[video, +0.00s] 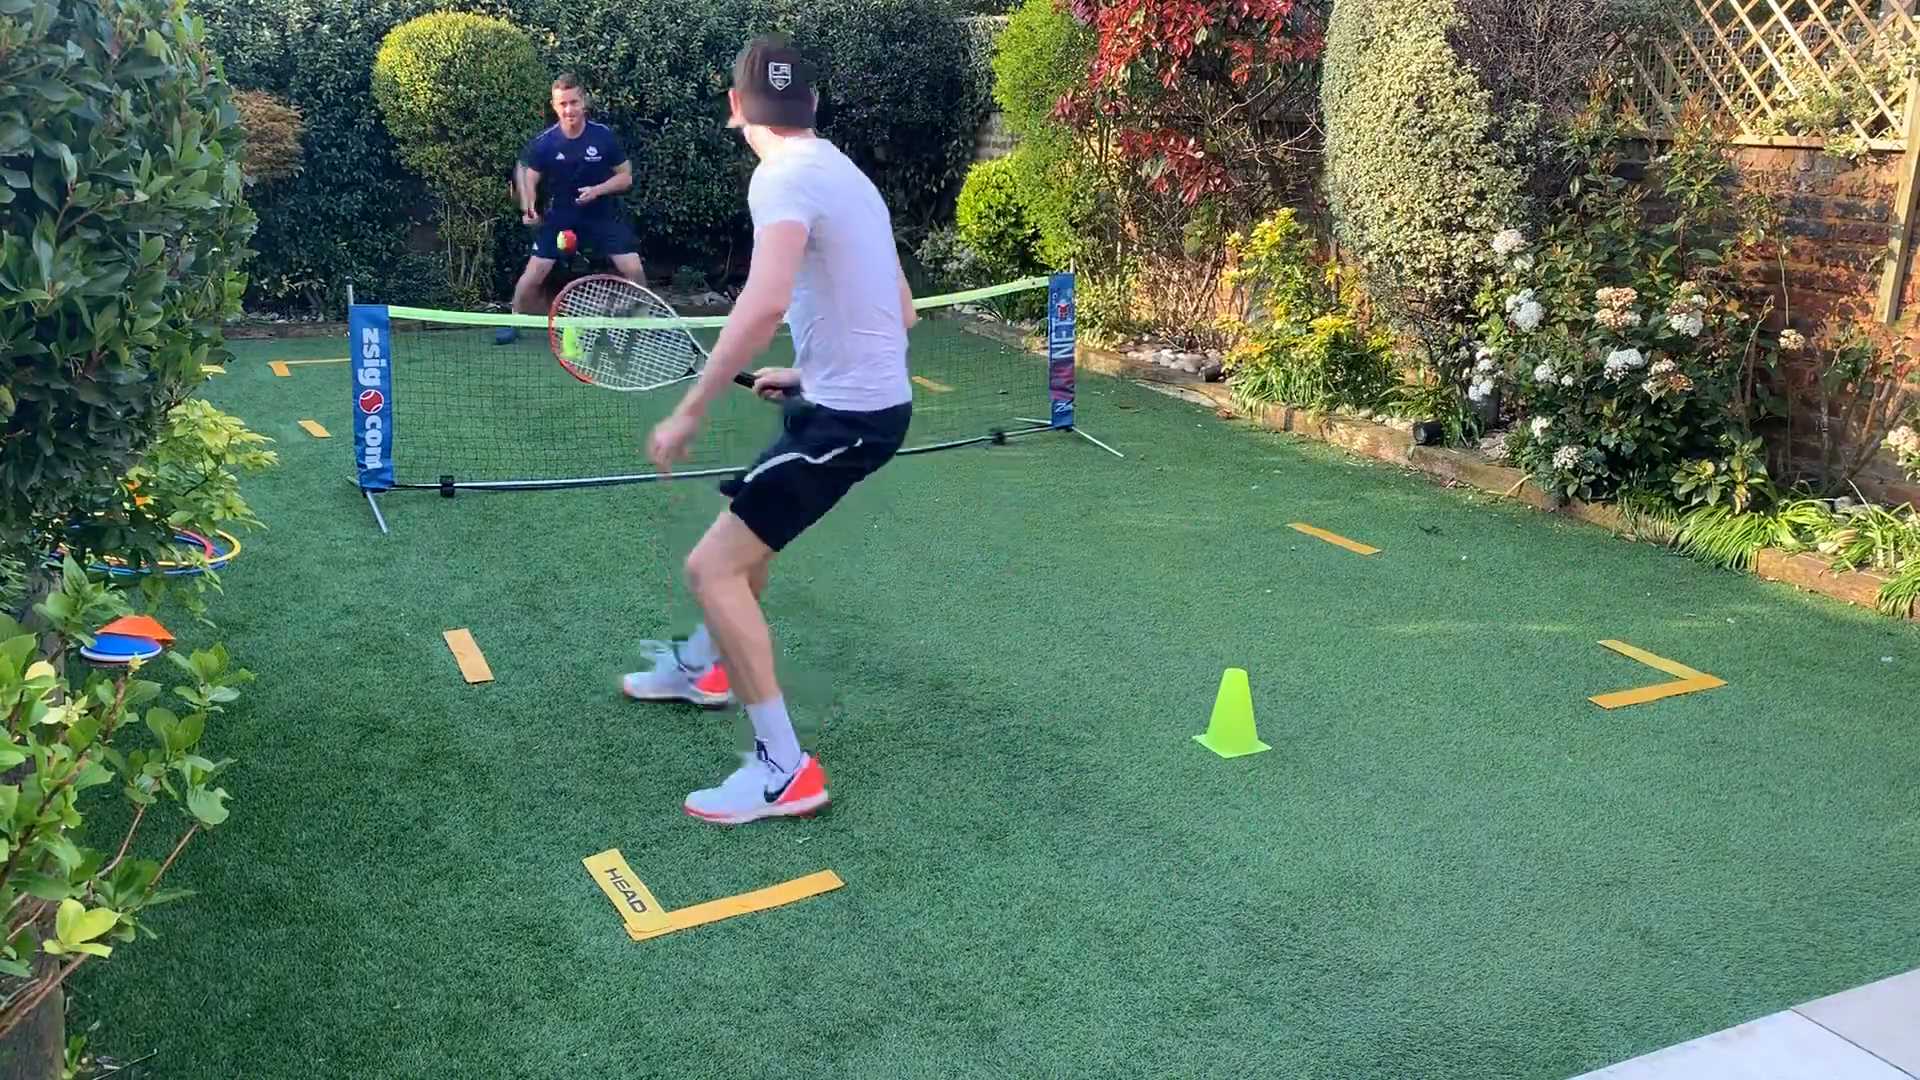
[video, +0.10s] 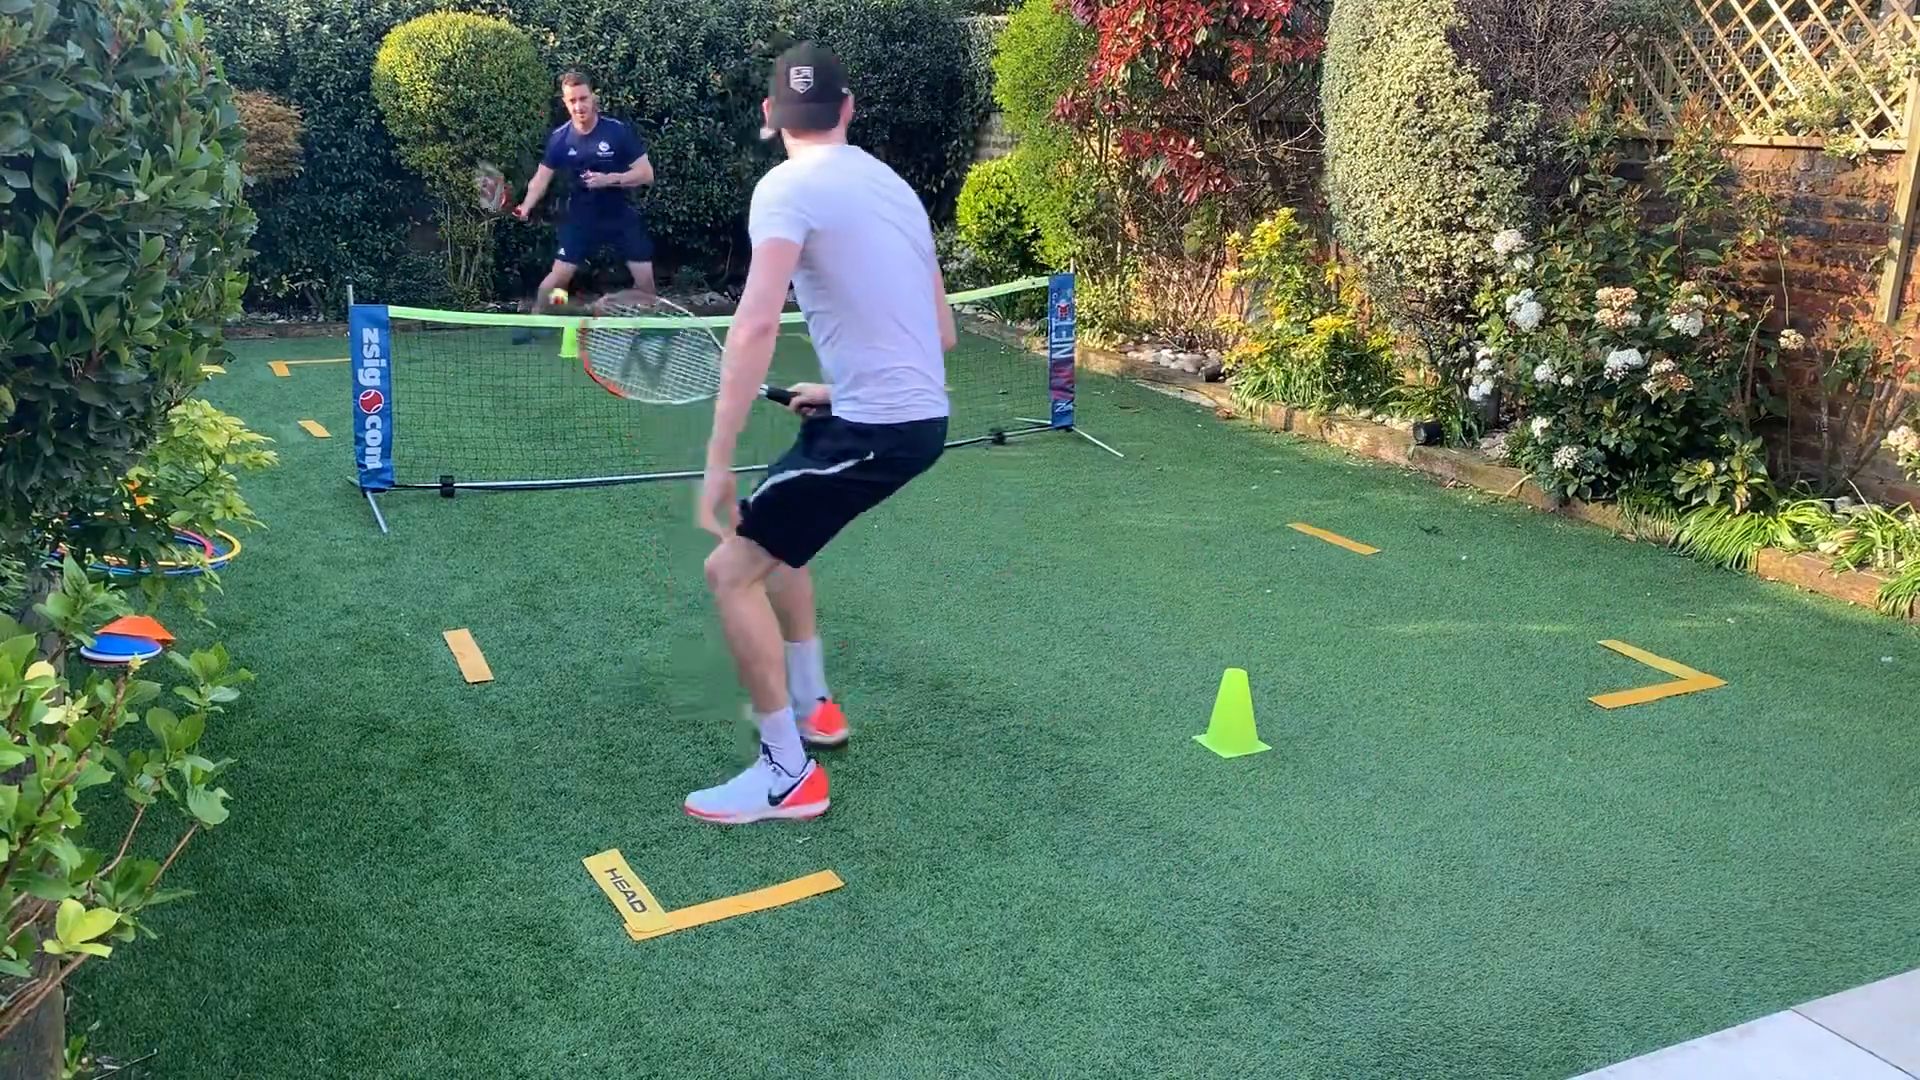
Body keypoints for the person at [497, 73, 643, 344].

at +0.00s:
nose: (569, 110)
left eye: (573, 103)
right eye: (562, 104)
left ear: (584, 103)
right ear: (554, 106)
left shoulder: (603, 136)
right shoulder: (544, 144)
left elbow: (626, 178)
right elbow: (530, 180)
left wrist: (596, 191)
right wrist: (529, 206)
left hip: (601, 215)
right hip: (560, 217)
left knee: (633, 269)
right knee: (534, 272)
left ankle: (642, 324)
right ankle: (512, 322)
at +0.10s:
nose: (578, 106)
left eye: (583, 99)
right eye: (572, 101)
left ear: (593, 98)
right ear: (565, 103)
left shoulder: (618, 132)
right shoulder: (559, 139)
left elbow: (646, 174)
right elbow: (541, 178)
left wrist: (609, 179)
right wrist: (526, 205)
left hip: (621, 217)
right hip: (581, 218)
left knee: (645, 280)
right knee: (560, 275)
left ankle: (650, 337)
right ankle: (534, 324)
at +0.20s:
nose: (581, 100)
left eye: (586, 92)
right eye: (574, 94)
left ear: (598, 90)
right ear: (567, 96)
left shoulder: (619, 123)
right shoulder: (566, 132)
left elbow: (653, 162)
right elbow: (549, 175)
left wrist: (613, 167)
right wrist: (528, 206)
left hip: (628, 209)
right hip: (591, 211)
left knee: (643, 274)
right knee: (581, 272)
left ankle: (646, 332)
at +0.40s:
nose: (579, 119)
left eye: (583, 111)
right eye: (573, 114)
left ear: (596, 108)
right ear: (567, 116)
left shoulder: (623, 134)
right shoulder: (571, 150)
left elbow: (663, 163)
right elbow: (564, 200)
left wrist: (630, 186)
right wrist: (552, 239)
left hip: (646, 210)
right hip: (613, 215)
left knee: (653, 269)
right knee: (622, 280)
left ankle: (678, 314)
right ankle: (642, 323)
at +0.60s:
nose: (589, 139)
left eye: (594, 132)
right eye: (583, 134)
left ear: (607, 127)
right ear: (577, 134)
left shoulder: (637, 149)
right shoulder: (582, 172)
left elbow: (671, 173)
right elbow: (593, 221)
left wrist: (652, 201)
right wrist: (595, 260)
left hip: (652, 219)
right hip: (618, 227)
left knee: (661, 278)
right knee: (626, 296)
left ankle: (681, 344)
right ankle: (645, 322)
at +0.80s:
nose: (593, 128)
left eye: (598, 120)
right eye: (586, 122)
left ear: (611, 119)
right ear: (579, 125)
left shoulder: (635, 145)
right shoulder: (576, 162)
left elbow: (671, 179)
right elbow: (587, 209)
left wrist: (654, 203)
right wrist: (606, 240)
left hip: (639, 224)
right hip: (601, 230)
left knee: (655, 283)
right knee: (595, 294)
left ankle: (682, 346)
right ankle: (639, 309)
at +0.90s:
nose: (582, 126)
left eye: (587, 118)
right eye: (575, 120)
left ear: (599, 118)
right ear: (566, 123)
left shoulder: (622, 148)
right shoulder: (562, 162)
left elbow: (660, 184)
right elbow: (571, 210)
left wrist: (636, 203)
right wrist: (587, 235)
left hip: (628, 229)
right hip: (588, 233)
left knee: (650, 292)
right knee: (558, 279)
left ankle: (683, 346)